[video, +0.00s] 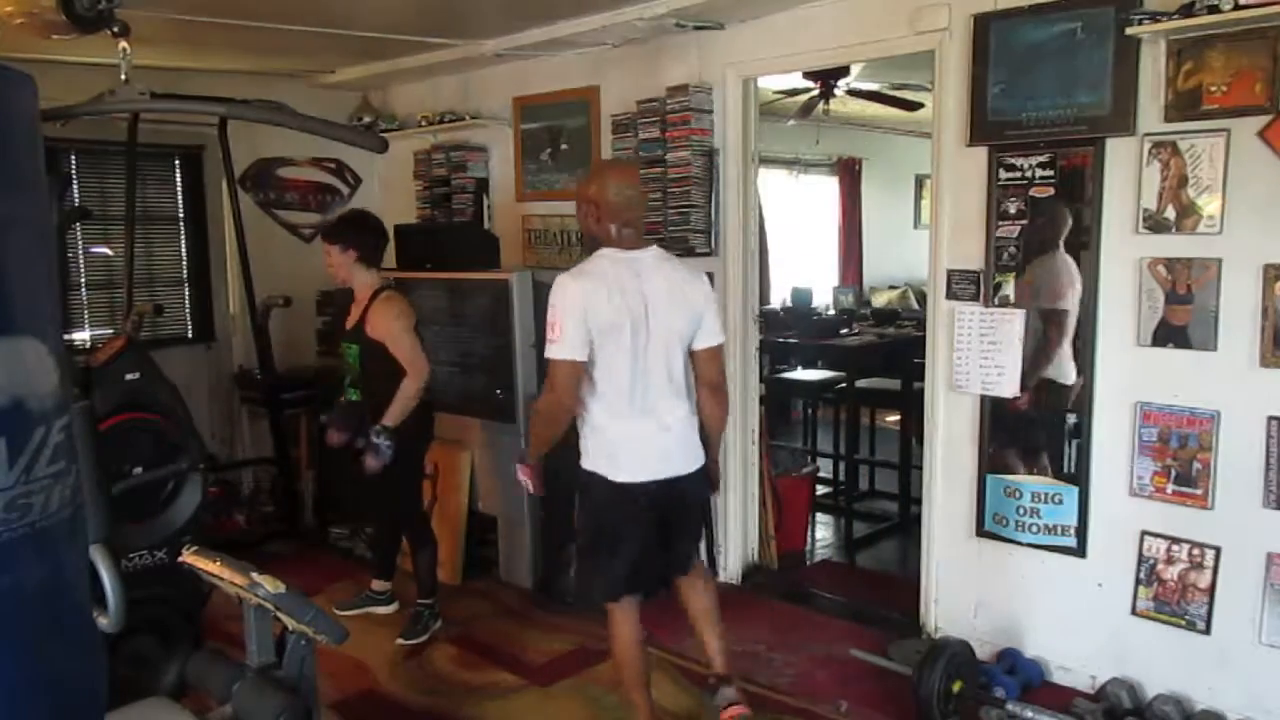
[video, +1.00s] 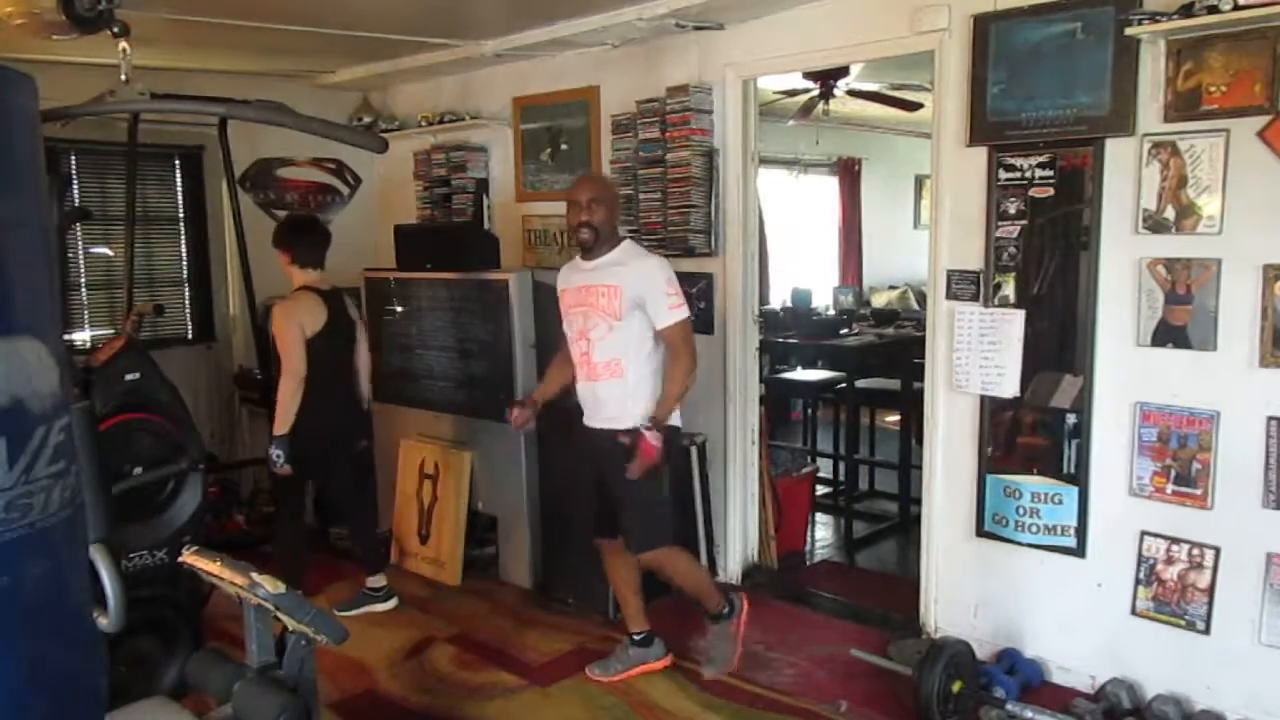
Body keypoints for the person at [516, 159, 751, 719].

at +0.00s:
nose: (579, 218)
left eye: (581, 209)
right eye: (581, 208)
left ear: (596, 211)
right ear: (642, 210)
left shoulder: (576, 286)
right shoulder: (690, 278)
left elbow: (562, 394)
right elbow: (713, 382)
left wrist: (532, 454)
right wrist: (708, 459)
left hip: (614, 476)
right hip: (684, 467)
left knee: (622, 599)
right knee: (691, 568)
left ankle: (641, 711)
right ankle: (725, 685)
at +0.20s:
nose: (563, 227)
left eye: (568, 217)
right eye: (565, 216)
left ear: (594, 219)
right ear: (621, 219)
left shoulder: (582, 283)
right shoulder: (667, 278)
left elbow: (567, 388)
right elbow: (686, 374)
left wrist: (501, 432)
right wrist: (678, 441)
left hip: (617, 464)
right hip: (671, 457)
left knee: (617, 599)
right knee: (662, 554)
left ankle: (640, 712)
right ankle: (660, 641)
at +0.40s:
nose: (555, 230)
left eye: (562, 220)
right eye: (556, 219)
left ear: (598, 223)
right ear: (605, 225)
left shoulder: (596, 290)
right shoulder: (648, 277)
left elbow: (603, 387)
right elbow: (670, 359)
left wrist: (569, 479)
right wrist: (648, 417)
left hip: (615, 457)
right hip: (650, 450)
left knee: (608, 588)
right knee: (624, 554)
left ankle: (643, 711)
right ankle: (640, 640)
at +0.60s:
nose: (555, 223)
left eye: (563, 212)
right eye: (553, 213)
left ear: (599, 215)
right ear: (573, 218)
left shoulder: (621, 272)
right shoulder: (589, 271)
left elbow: (653, 365)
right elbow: (613, 356)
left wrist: (648, 450)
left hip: (623, 443)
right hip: (599, 438)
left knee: (611, 563)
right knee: (611, 556)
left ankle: (657, 697)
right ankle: (639, 646)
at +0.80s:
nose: (567, 230)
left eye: (578, 218)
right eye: (559, 222)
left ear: (603, 222)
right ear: (553, 231)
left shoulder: (636, 278)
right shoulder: (576, 286)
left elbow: (677, 367)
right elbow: (587, 366)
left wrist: (689, 447)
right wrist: (550, 409)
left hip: (640, 441)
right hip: (599, 439)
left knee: (610, 556)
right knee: (608, 551)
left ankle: (701, 609)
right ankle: (643, 647)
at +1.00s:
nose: (582, 216)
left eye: (594, 205)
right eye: (574, 207)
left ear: (618, 212)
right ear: (567, 214)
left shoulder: (648, 269)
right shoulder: (568, 277)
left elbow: (684, 355)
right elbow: (575, 350)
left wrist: (656, 427)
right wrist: (535, 399)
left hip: (644, 432)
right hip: (595, 433)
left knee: (650, 547)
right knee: (610, 539)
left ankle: (725, 610)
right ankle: (642, 640)